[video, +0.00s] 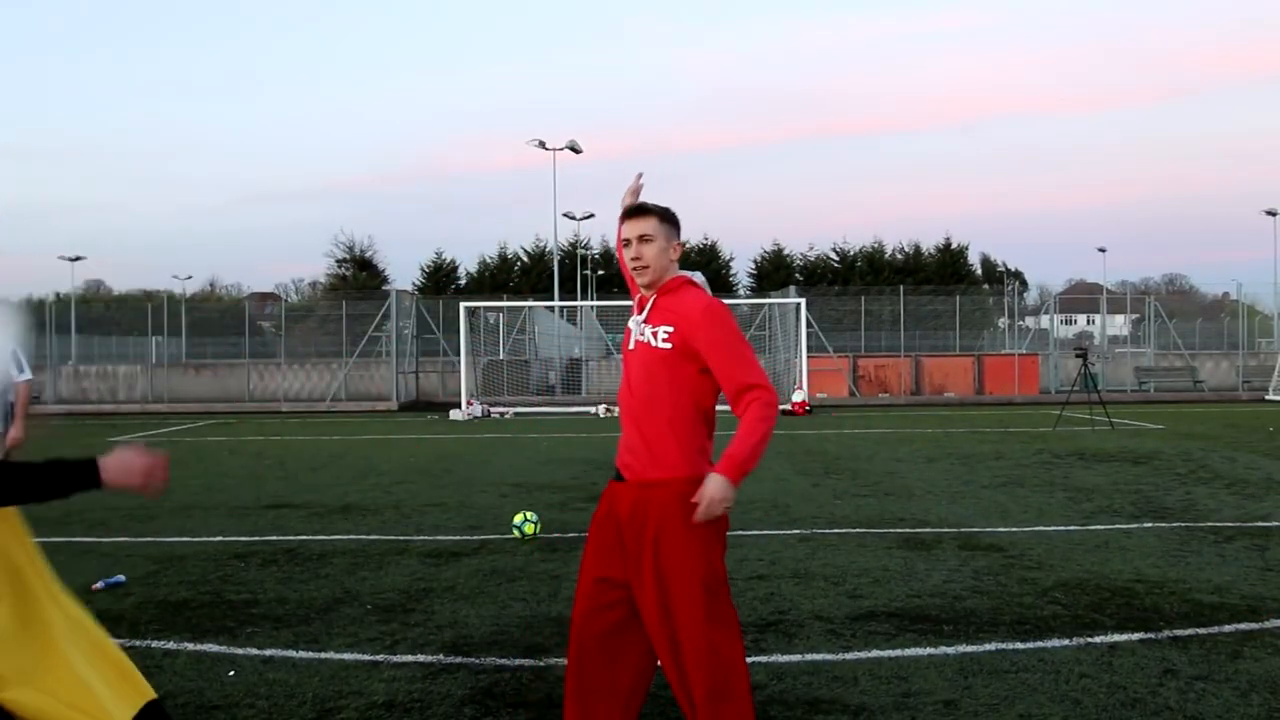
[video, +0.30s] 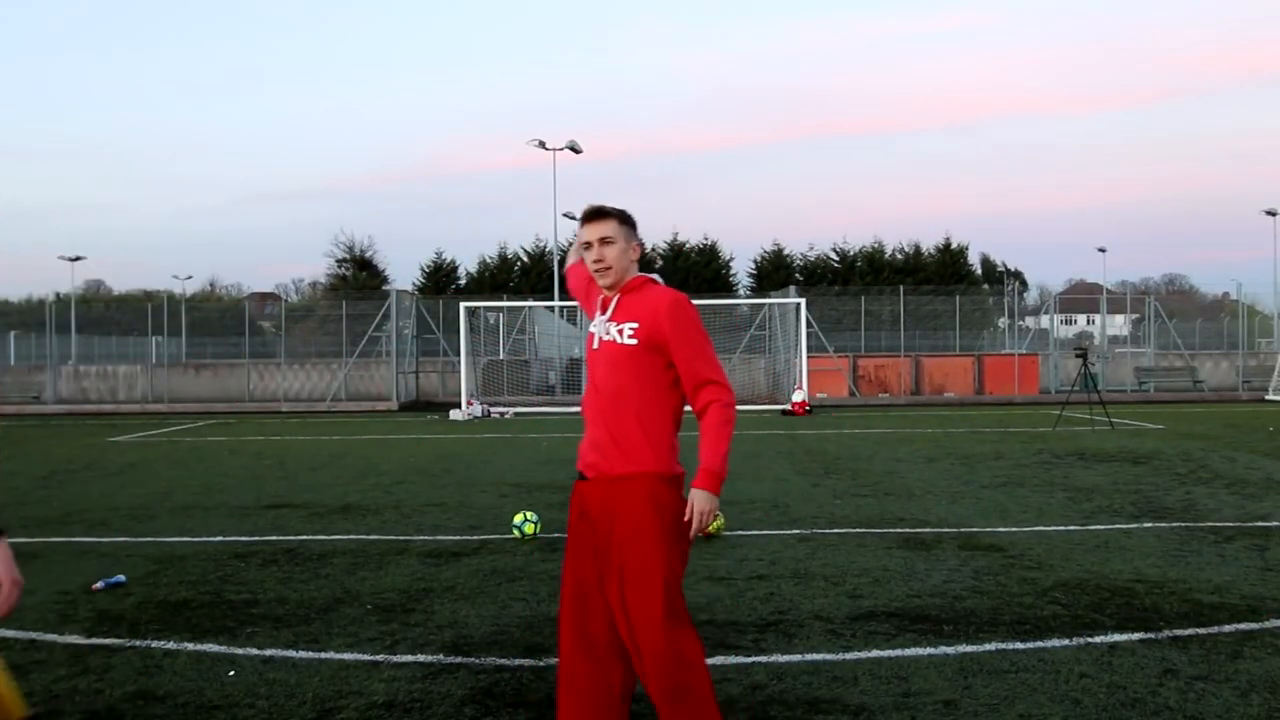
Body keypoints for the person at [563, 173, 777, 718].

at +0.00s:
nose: (634, 253)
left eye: (645, 241)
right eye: (627, 245)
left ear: (675, 248)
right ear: (626, 256)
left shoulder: (698, 308)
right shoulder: (647, 303)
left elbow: (759, 400)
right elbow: (629, 263)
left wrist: (728, 475)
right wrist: (625, 218)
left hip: (679, 505)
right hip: (624, 501)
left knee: (703, 655)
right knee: (596, 646)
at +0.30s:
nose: (596, 256)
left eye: (606, 243)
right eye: (587, 248)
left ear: (635, 249)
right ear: (583, 258)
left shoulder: (666, 305)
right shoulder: (601, 304)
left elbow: (716, 398)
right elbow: (576, 273)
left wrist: (707, 484)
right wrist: (593, 242)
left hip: (647, 491)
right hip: (592, 490)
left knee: (658, 634)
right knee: (585, 637)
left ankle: (694, 715)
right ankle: (588, 717)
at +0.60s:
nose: (571, 255)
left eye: (582, 244)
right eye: (563, 248)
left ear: (611, 250)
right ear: (560, 257)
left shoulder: (644, 303)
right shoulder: (578, 311)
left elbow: (697, 390)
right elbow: (553, 337)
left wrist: (707, 478)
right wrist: (530, 349)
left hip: (627, 484)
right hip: (580, 485)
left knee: (608, 624)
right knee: (571, 627)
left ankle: (651, 715)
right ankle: (583, 717)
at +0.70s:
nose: (564, 256)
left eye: (574, 245)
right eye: (557, 248)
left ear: (605, 250)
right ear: (555, 257)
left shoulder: (638, 303)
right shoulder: (575, 310)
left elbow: (694, 391)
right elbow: (555, 353)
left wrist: (698, 477)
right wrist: (532, 384)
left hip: (623, 483)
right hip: (580, 484)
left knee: (611, 625)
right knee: (574, 624)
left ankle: (629, 715)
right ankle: (584, 714)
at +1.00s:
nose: (543, 263)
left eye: (552, 250)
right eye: (541, 253)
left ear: (590, 250)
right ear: (579, 254)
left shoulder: (628, 305)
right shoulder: (580, 309)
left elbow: (691, 397)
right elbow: (594, 401)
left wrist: (662, 478)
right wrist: (560, 457)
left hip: (614, 493)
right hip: (577, 493)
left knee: (603, 639)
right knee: (576, 638)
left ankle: (615, 716)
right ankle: (583, 715)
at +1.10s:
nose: (536, 265)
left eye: (542, 252)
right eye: (536, 253)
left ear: (577, 251)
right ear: (578, 253)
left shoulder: (623, 305)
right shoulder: (586, 308)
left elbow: (688, 399)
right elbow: (616, 400)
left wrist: (643, 478)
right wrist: (576, 471)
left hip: (609, 496)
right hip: (582, 494)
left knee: (601, 643)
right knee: (577, 641)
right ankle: (582, 715)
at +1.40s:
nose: (535, 268)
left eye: (535, 256)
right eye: (533, 257)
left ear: (556, 256)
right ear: (585, 251)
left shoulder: (600, 305)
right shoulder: (610, 299)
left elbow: (663, 396)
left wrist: (601, 465)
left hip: (607, 502)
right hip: (609, 498)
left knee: (604, 644)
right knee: (597, 641)